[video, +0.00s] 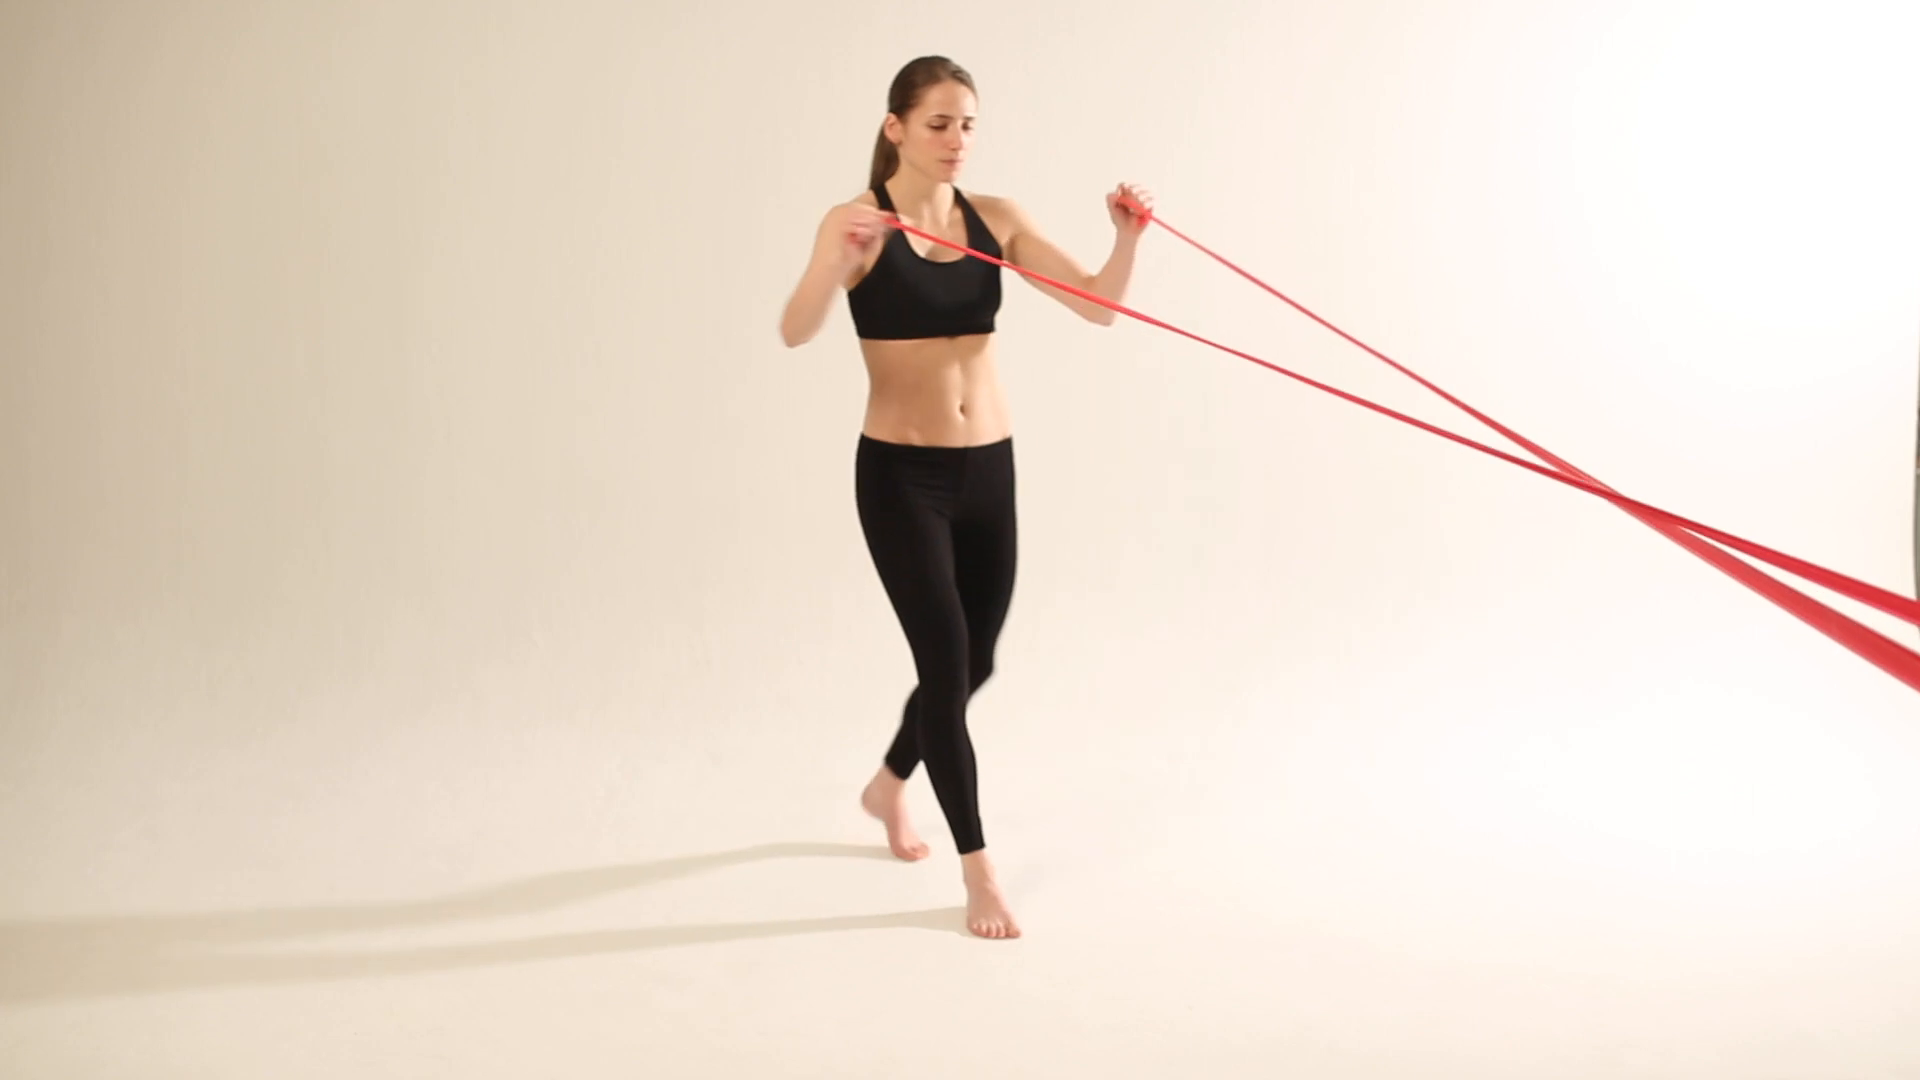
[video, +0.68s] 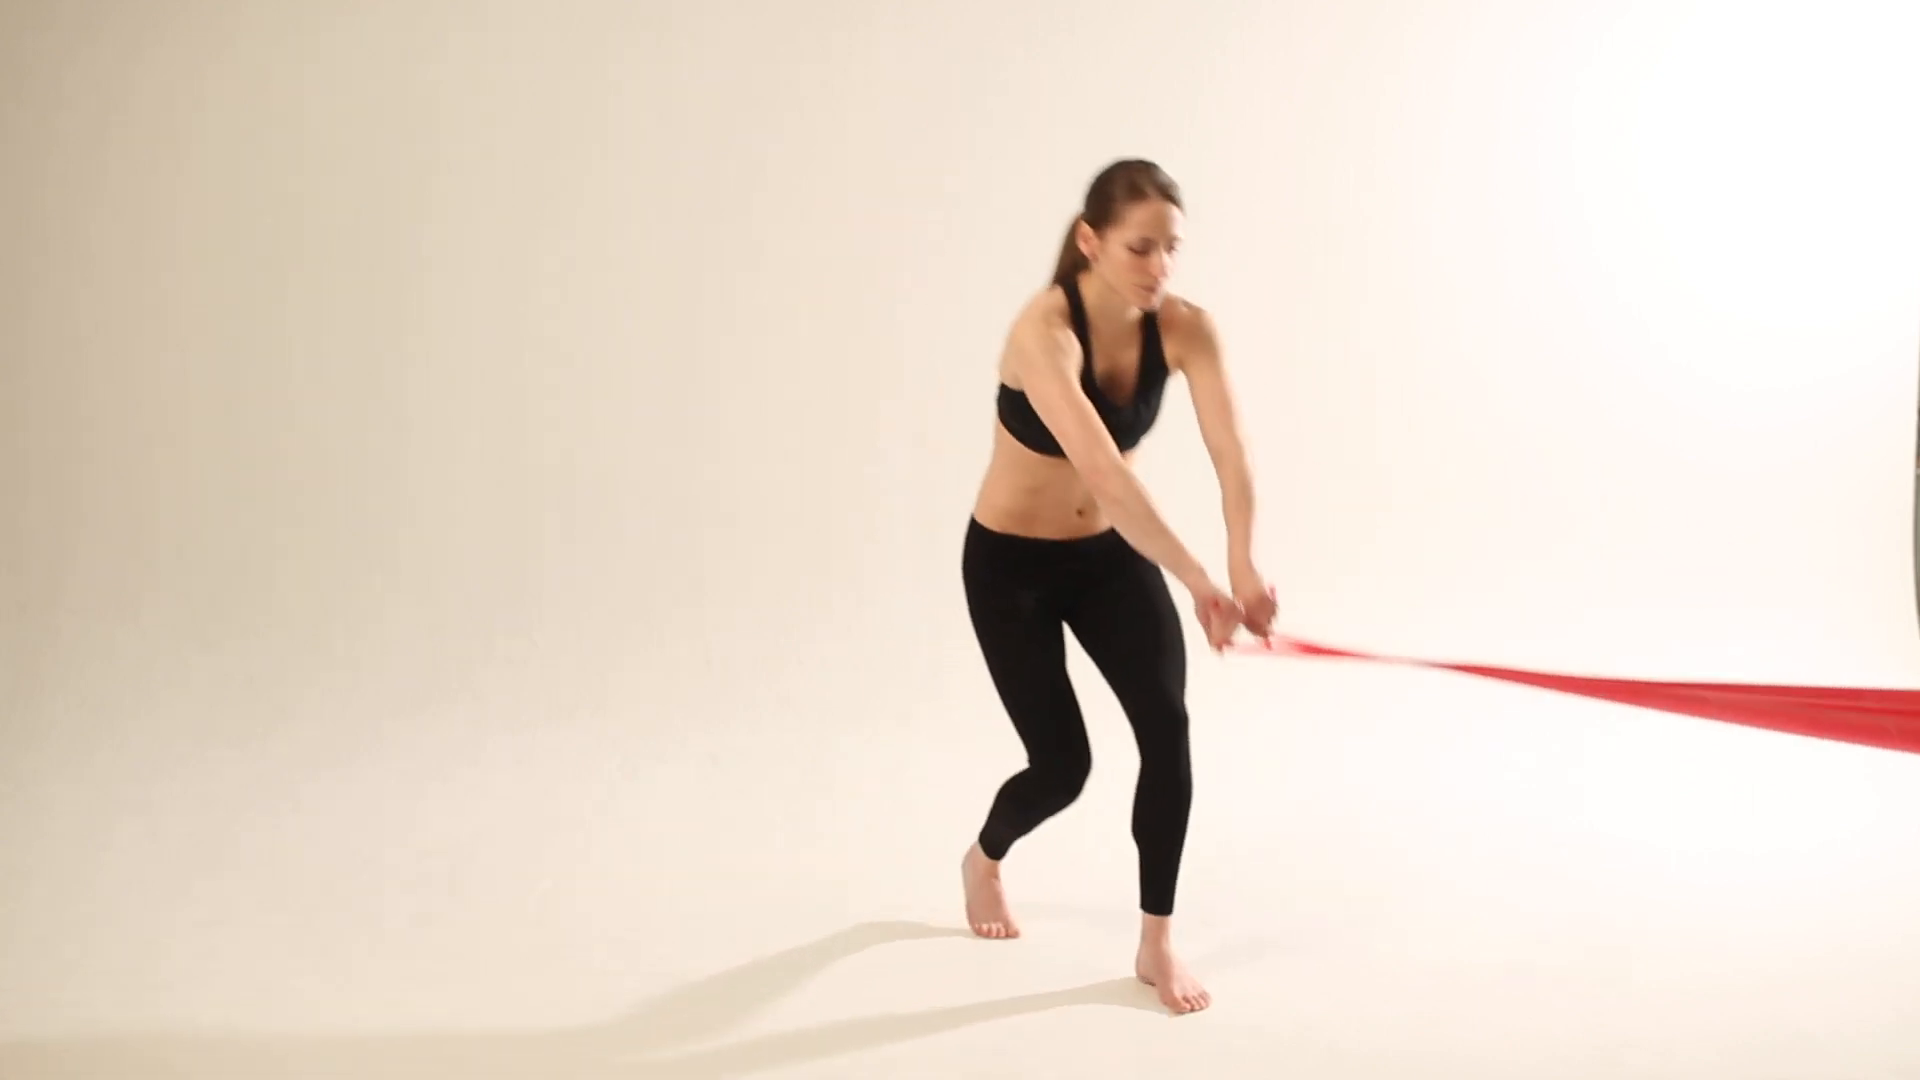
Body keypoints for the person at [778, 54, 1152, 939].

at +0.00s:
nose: (956, 138)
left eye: (966, 124)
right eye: (939, 123)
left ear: (974, 131)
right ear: (895, 127)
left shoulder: (992, 216)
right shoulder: (854, 221)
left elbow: (1097, 304)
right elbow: (795, 331)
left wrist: (1127, 235)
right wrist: (843, 266)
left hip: (989, 470)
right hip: (900, 473)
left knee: (975, 661)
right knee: (945, 668)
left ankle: (887, 781)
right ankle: (977, 869)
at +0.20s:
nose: (997, 141)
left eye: (1008, 125)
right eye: (981, 125)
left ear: (1018, 130)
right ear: (935, 127)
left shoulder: (1037, 221)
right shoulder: (898, 221)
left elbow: (1126, 311)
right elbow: (879, 326)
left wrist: (1142, 291)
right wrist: (974, 299)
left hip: (1017, 479)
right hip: (920, 483)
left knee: (1055, 670)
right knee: (962, 673)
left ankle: (992, 794)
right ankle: (977, 873)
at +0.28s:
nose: (1017, 151)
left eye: (1028, 135)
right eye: (1001, 134)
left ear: (1037, 139)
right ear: (954, 134)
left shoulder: (1052, 227)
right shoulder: (915, 228)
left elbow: (1124, 301)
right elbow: (915, 334)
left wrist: (1150, 314)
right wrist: (1021, 329)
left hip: (1027, 485)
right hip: (928, 490)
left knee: (1075, 675)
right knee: (975, 683)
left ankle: (1055, 857)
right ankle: (982, 875)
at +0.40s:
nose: (1050, 176)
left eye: (1061, 160)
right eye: (1033, 158)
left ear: (1067, 165)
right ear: (984, 157)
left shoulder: (1080, 249)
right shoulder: (941, 250)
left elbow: (1163, 333)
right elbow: (970, 361)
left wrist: (1178, 375)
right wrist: (1083, 386)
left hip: (1048, 509)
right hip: (947, 512)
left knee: (1099, 703)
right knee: (996, 706)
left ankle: (1136, 902)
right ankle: (985, 879)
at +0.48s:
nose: (1077, 196)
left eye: (1086, 180)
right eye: (1060, 179)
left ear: (1092, 184)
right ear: (1008, 176)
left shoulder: (1103, 267)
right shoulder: (964, 272)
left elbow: (1185, 363)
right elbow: (1012, 384)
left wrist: (1197, 424)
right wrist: (1126, 440)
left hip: (1065, 526)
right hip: (963, 530)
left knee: (1118, 720)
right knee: (1013, 726)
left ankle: (1157, 921)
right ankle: (986, 875)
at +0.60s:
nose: (1124, 231)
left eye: (1134, 214)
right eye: (1107, 213)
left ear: (1142, 219)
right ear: (1055, 211)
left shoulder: (1149, 300)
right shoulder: (1010, 307)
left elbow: (1210, 414)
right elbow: (1078, 445)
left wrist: (1226, 510)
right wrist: (1174, 526)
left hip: (1093, 546)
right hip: (992, 551)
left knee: (1150, 730)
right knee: (1043, 752)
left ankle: (1156, 939)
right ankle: (981, 863)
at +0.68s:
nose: (1160, 267)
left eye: (1170, 247)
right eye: (1142, 247)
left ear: (1179, 246)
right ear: (1089, 243)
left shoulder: (1180, 323)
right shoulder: (1042, 333)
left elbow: (1229, 451)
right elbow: (1109, 483)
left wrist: (1240, 567)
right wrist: (1198, 580)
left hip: (1110, 557)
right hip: (1011, 563)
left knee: (1166, 734)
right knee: (1062, 768)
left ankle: (1156, 941)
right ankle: (982, 854)